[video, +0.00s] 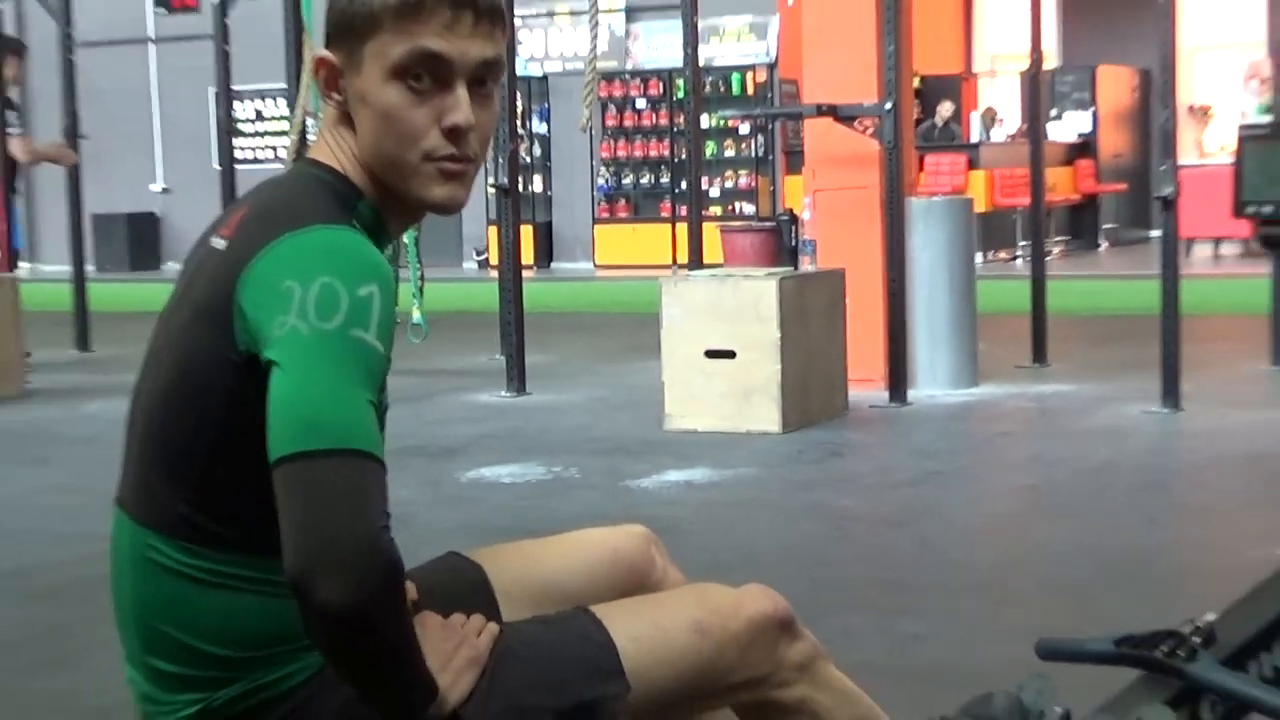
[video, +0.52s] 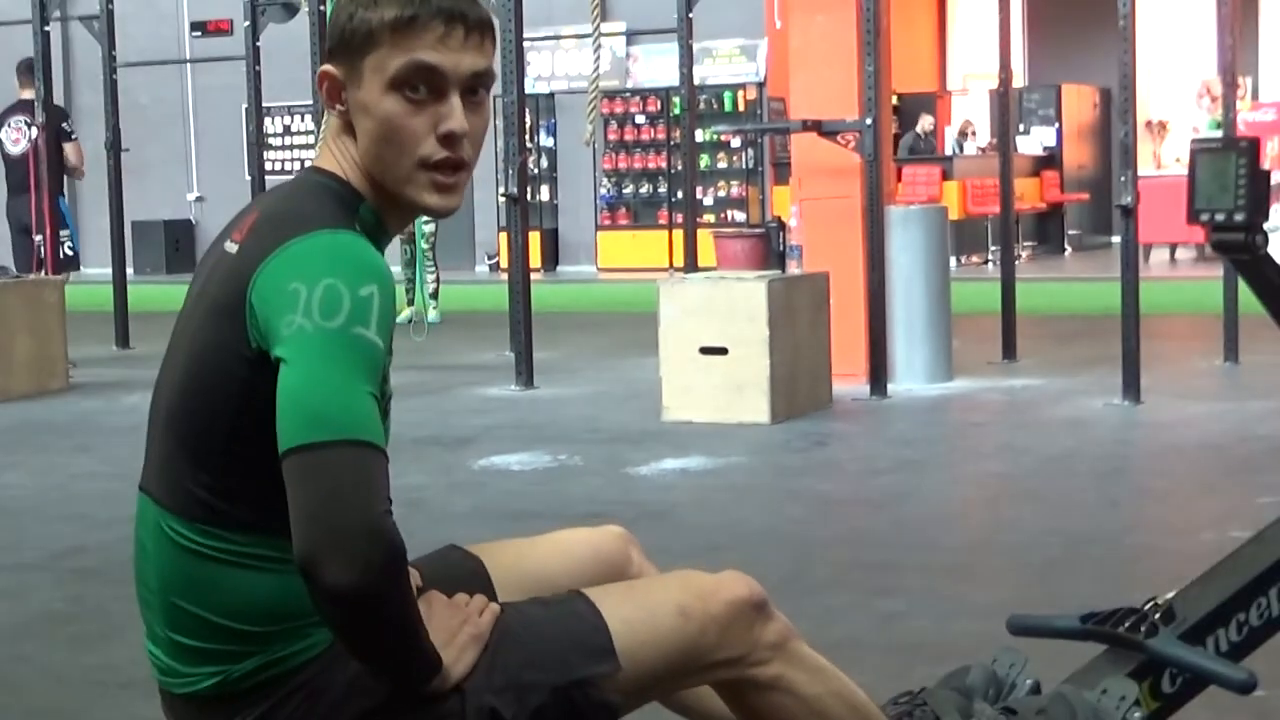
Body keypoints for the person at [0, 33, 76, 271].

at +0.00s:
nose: (20, 69)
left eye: (20, 61)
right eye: (17, 61)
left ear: (9, 63)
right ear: (6, 62)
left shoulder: (8, 104)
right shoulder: (6, 104)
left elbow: (20, 151)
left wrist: (51, 152)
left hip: (7, 197)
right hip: (5, 198)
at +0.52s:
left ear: (18, 80)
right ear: (44, 79)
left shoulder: (5, 117)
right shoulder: (55, 113)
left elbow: (13, 160)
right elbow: (75, 162)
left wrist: (66, 167)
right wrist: (62, 165)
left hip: (16, 201)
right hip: (47, 201)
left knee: (27, 276)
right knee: (59, 274)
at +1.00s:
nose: (25, 84)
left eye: (17, 80)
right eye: (31, 79)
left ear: (10, 82)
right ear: (35, 80)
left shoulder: (2, 115)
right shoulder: (53, 112)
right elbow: (69, 159)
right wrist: (48, 169)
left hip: (15, 205)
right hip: (52, 201)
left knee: (25, 275)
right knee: (70, 269)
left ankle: (30, 343)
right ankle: (80, 335)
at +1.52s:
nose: (62, 84)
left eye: (60, 79)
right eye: (61, 79)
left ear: (33, 80)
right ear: (56, 80)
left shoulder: (16, 111)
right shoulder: (75, 114)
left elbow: (7, 160)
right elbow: (78, 158)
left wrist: (29, 153)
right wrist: (54, 157)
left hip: (30, 197)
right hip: (65, 197)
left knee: (24, 265)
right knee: (66, 264)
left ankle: (24, 333)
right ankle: (68, 330)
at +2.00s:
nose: (50, 90)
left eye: (46, 86)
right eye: (49, 86)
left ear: (23, 87)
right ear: (44, 86)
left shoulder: (6, 119)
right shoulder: (61, 118)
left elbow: (3, 166)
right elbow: (72, 163)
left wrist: (22, 171)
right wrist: (46, 164)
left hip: (19, 197)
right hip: (53, 197)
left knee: (20, 262)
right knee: (57, 259)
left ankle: (20, 327)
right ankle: (61, 323)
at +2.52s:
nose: (42, 94)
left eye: (41, 89)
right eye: (42, 90)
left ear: (16, 88)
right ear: (37, 90)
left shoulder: (2, 116)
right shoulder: (46, 119)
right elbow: (64, 164)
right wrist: (58, 172)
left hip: (8, 201)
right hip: (41, 198)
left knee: (15, 265)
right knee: (58, 259)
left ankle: (15, 327)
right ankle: (68, 320)